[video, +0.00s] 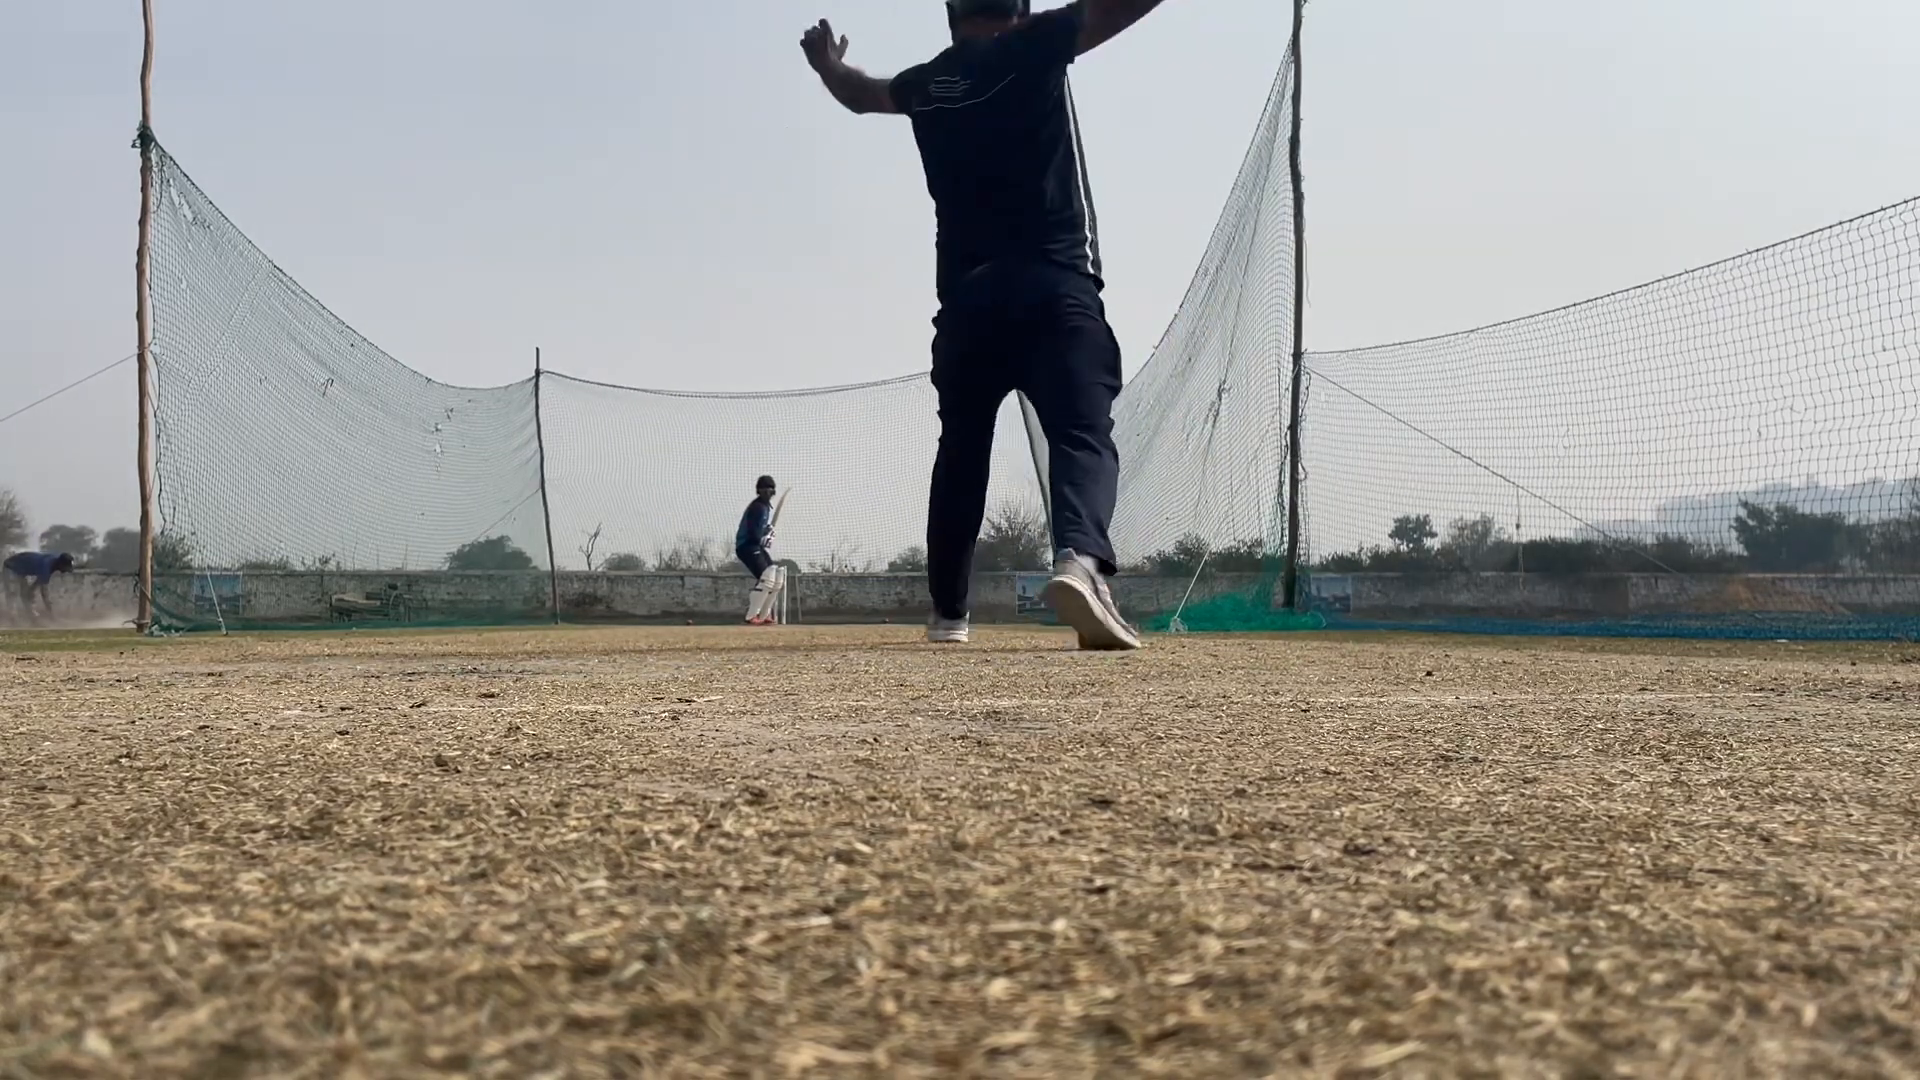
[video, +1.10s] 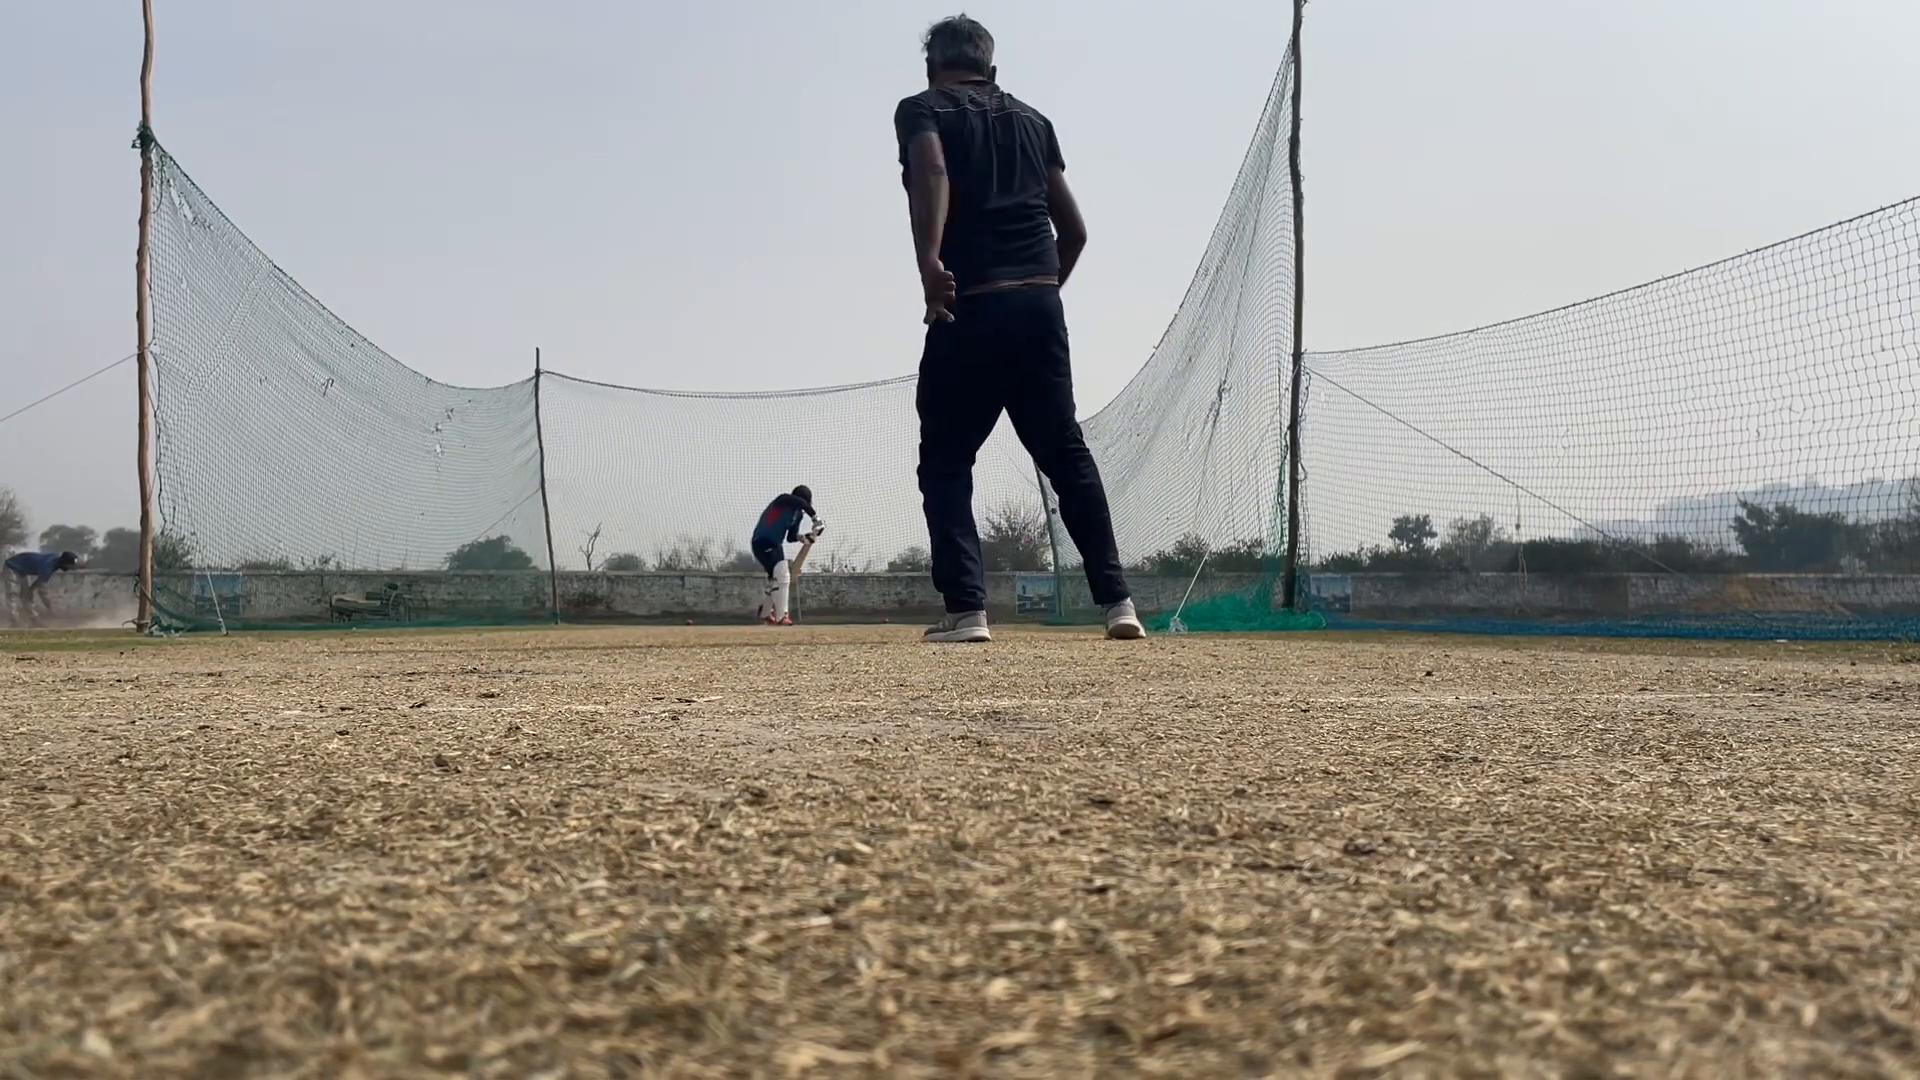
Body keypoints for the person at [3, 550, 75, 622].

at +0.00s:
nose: (66, 571)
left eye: (67, 569)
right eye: (66, 568)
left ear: (62, 562)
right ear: (62, 563)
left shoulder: (52, 563)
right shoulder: (46, 565)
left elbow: (37, 582)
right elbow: (44, 592)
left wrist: (30, 592)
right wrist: (50, 611)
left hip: (21, 570)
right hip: (10, 567)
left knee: (26, 594)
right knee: (12, 595)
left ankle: (31, 615)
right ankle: (13, 619)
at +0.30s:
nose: (68, 569)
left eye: (70, 566)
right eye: (68, 566)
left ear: (64, 560)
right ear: (64, 562)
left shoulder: (54, 562)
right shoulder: (48, 567)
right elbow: (38, 590)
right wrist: (49, 608)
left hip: (21, 571)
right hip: (11, 568)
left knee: (26, 595)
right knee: (13, 596)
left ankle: (32, 618)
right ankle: (15, 622)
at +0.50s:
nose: (68, 569)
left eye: (70, 567)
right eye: (69, 566)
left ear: (63, 559)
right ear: (64, 562)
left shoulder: (55, 561)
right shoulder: (49, 569)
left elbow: (44, 588)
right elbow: (32, 589)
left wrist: (51, 609)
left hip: (21, 570)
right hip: (11, 568)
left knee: (26, 593)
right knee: (13, 595)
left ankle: (33, 618)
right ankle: (14, 620)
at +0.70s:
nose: (67, 569)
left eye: (70, 567)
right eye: (68, 566)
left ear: (63, 559)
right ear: (64, 562)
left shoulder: (55, 560)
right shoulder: (48, 570)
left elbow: (45, 591)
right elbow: (30, 590)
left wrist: (51, 609)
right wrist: (30, 607)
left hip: (21, 571)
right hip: (11, 568)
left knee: (26, 594)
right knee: (13, 596)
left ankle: (34, 619)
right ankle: (15, 621)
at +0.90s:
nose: (67, 569)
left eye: (69, 567)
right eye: (67, 566)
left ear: (63, 559)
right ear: (63, 562)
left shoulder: (54, 560)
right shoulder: (48, 568)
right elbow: (41, 591)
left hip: (21, 570)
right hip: (10, 568)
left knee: (26, 595)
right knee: (12, 596)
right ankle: (14, 621)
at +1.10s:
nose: (68, 569)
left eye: (70, 567)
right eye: (68, 566)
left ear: (63, 559)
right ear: (64, 562)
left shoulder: (54, 562)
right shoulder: (48, 567)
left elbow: (41, 587)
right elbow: (41, 589)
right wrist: (50, 608)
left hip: (21, 571)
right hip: (11, 568)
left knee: (26, 597)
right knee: (13, 598)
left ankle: (34, 619)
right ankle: (15, 622)